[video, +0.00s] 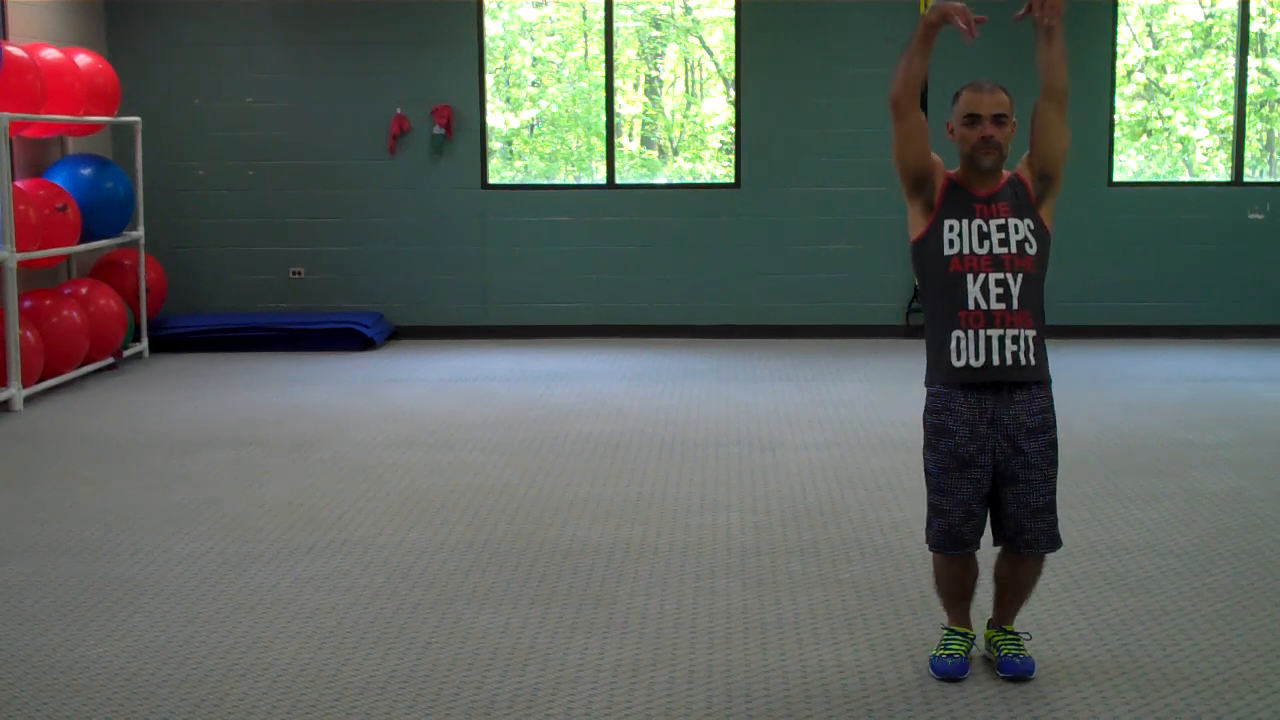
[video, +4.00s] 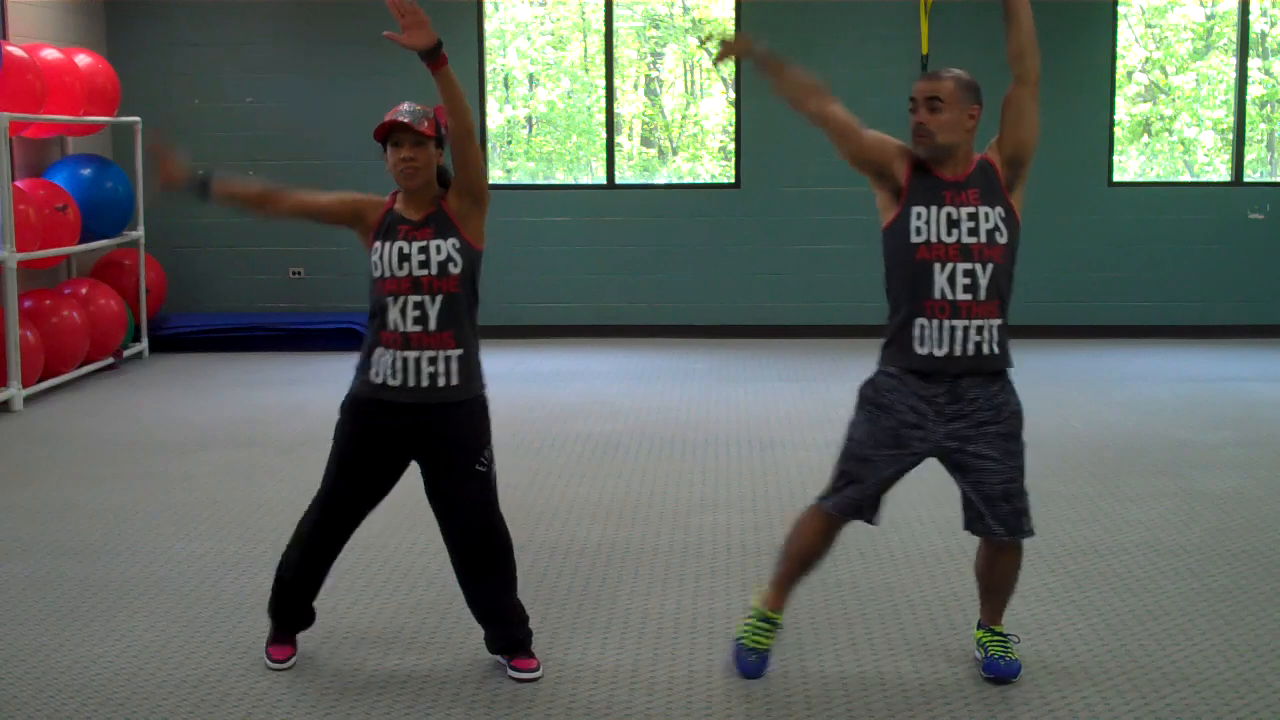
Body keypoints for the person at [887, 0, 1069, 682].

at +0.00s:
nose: (989, 130)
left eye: (999, 119)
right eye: (976, 119)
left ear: (1014, 131)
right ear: (954, 130)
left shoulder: (1035, 190)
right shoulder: (928, 191)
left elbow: (1056, 102)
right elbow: (902, 102)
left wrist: (1051, 28)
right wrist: (929, 25)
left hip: (1027, 395)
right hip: (955, 395)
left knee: (1028, 528)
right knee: (953, 527)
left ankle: (1003, 629)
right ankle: (957, 630)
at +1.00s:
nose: (983, 112)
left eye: (997, 102)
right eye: (972, 101)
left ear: (1017, 113)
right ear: (955, 111)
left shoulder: (1036, 172)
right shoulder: (932, 173)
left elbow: (1061, 73)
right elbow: (912, 77)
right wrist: (949, 6)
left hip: (1021, 382)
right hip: (951, 382)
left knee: (1019, 518)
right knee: (949, 518)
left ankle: (1004, 628)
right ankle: (955, 629)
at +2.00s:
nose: (984, 108)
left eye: (995, 98)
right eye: (970, 98)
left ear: (1012, 109)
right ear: (949, 109)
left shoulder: (1033, 172)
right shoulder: (928, 175)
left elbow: (1048, 74)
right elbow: (918, 78)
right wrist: (944, 7)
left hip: (1022, 381)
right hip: (951, 382)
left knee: (1019, 519)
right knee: (949, 519)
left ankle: (1004, 628)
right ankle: (955, 628)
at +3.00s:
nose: (985, 107)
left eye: (997, 97)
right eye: (972, 97)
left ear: (1014, 108)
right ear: (952, 108)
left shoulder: (1034, 171)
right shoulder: (929, 172)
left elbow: (1052, 75)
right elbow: (922, 74)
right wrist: (953, 5)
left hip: (1019, 381)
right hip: (950, 382)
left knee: (1018, 517)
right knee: (949, 518)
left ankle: (1004, 628)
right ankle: (956, 628)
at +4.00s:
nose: (921, 117)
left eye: (936, 106)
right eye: (915, 107)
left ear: (974, 116)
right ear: (911, 117)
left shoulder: (1003, 171)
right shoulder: (895, 169)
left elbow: (1026, 77)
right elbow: (822, 105)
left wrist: (1016, 1)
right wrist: (756, 53)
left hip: (984, 394)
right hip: (902, 390)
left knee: (1004, 525)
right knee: (840, 504)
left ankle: (992, 631)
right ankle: (769, 609)